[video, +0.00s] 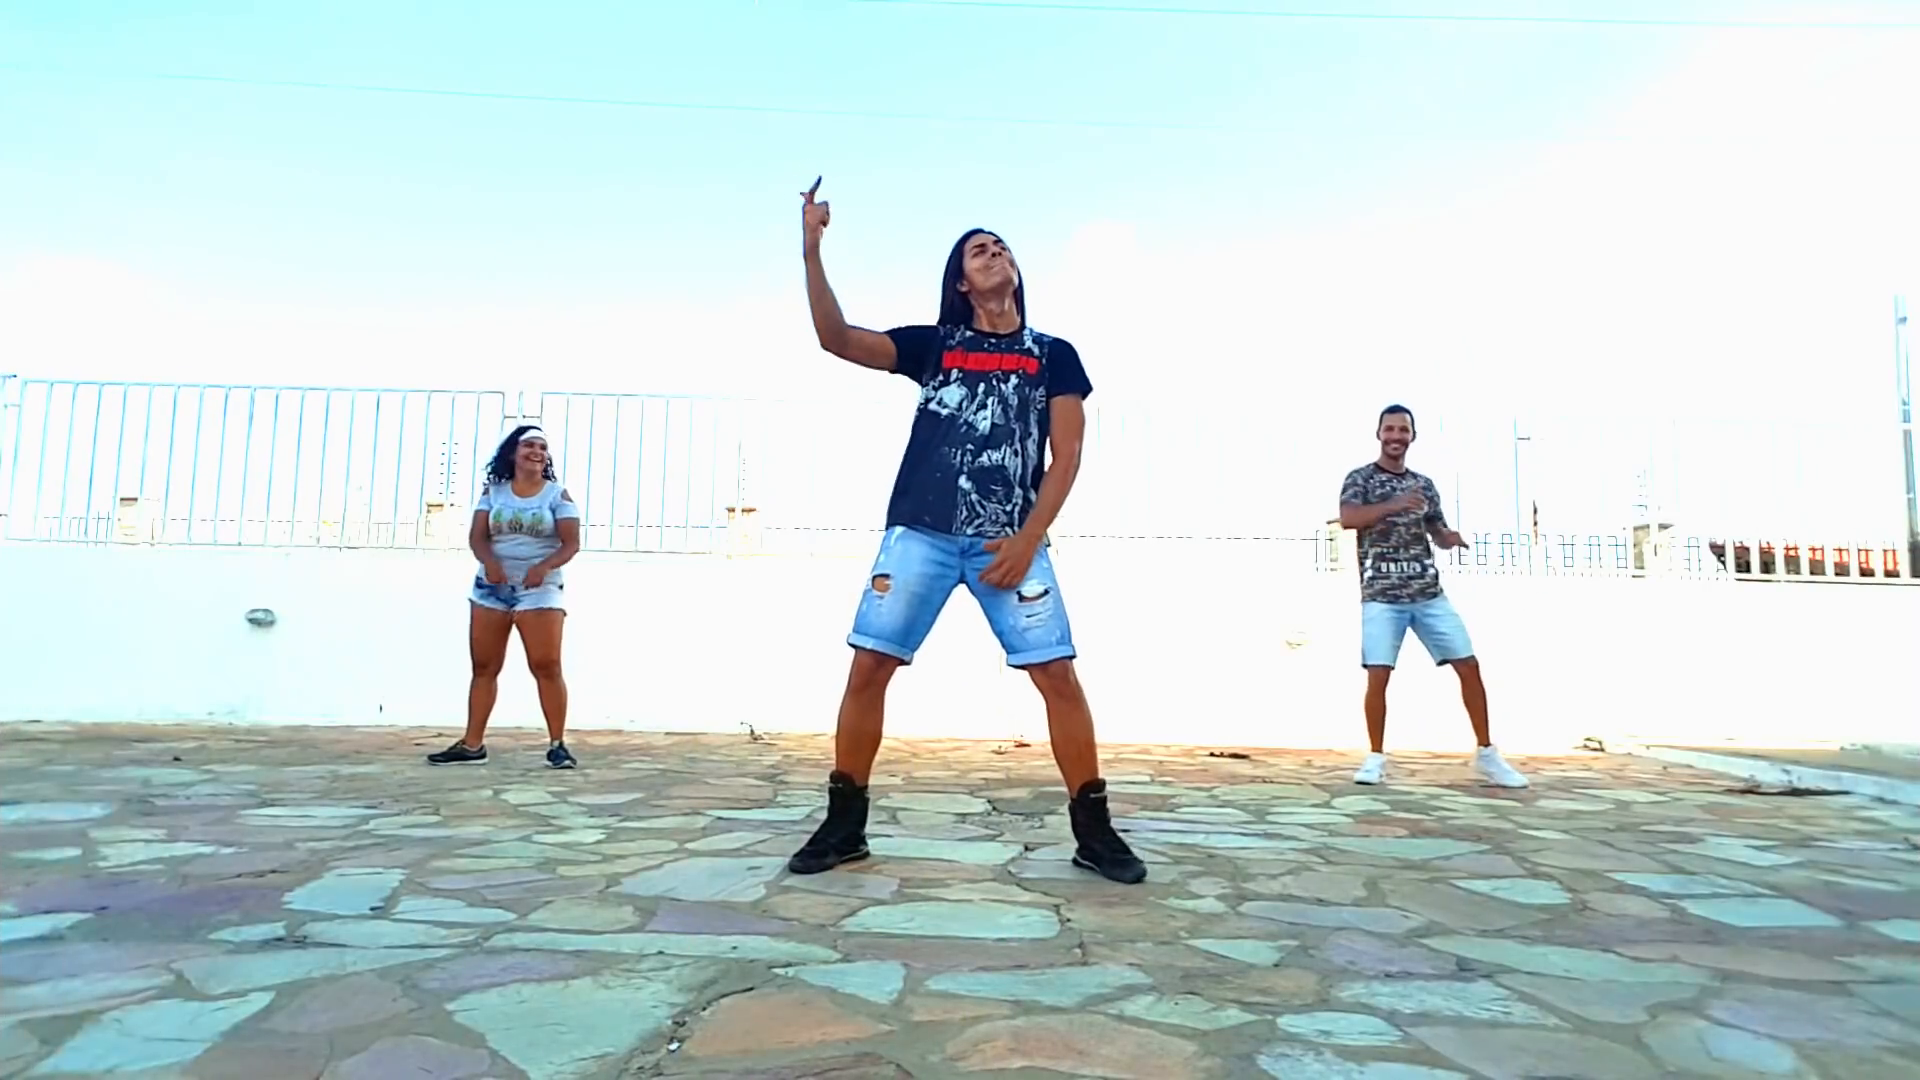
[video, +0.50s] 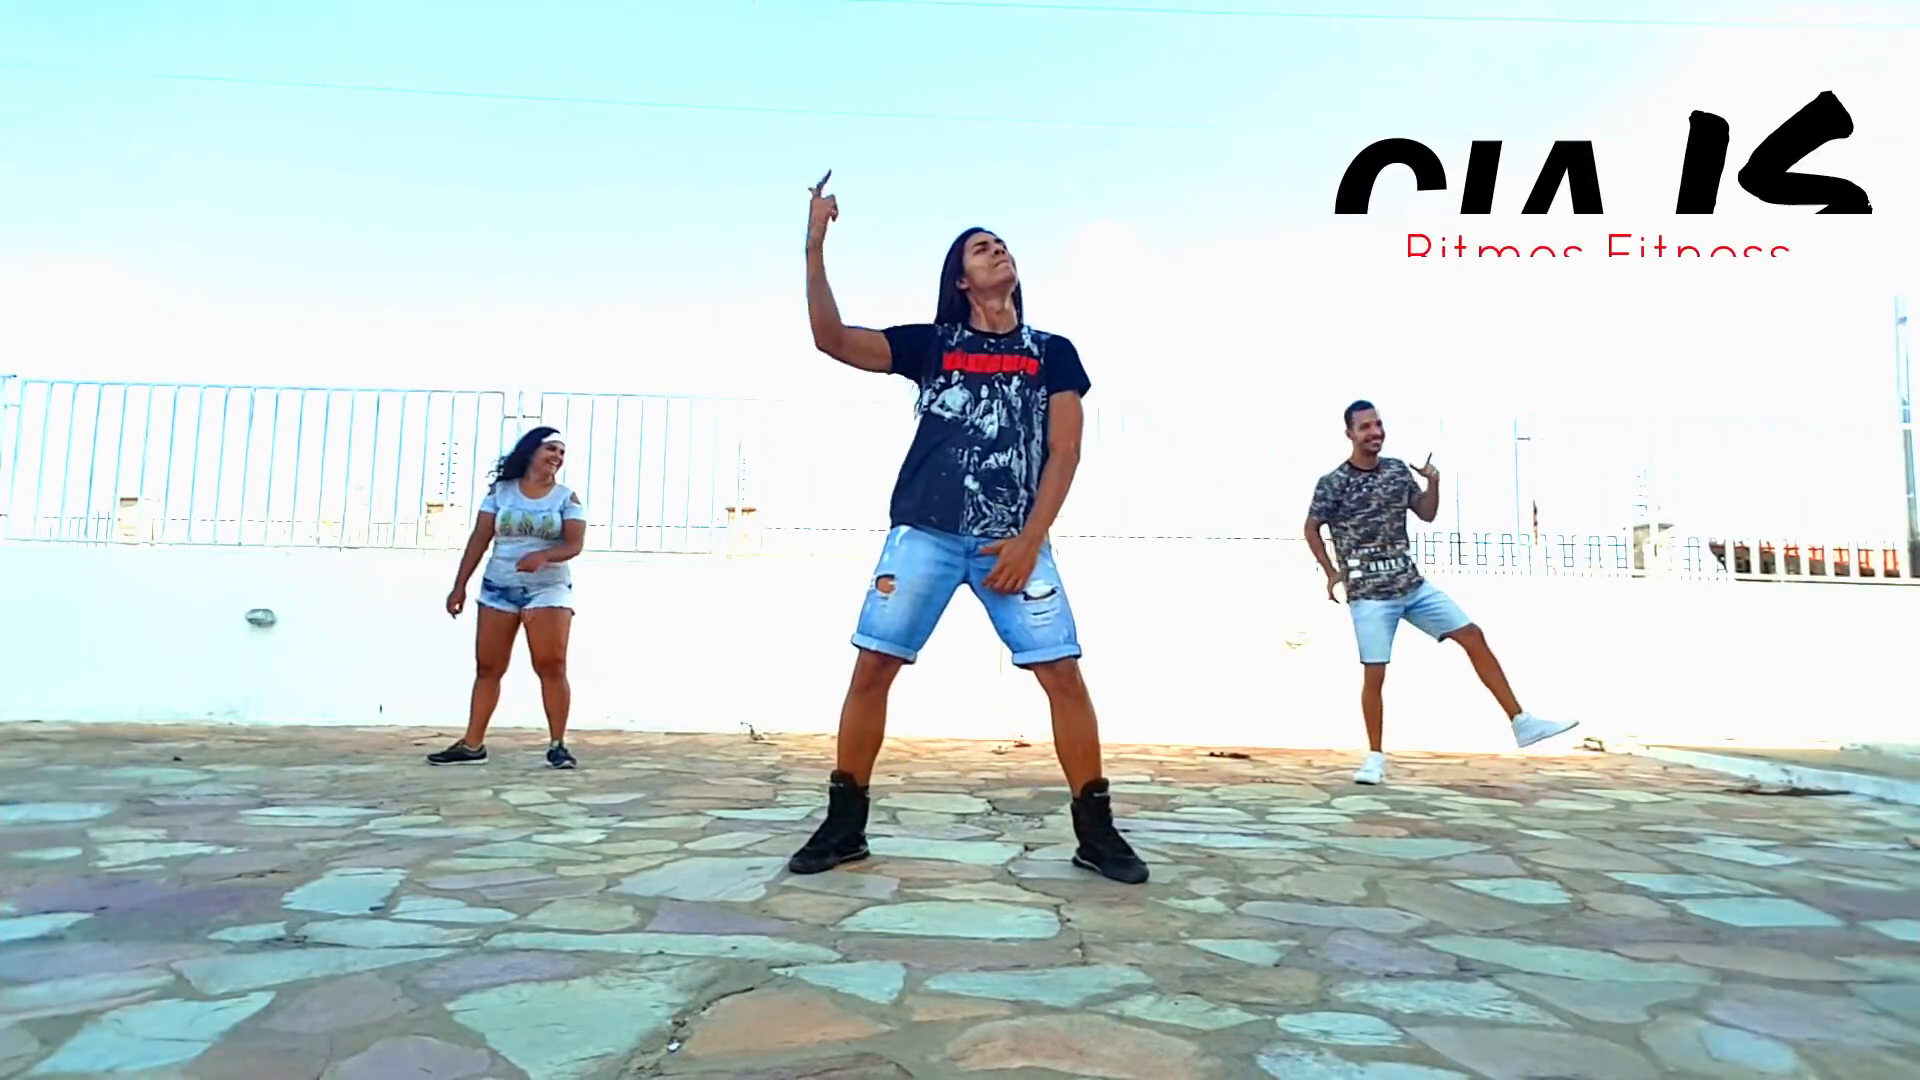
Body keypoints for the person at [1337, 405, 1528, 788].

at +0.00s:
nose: (1396, 436)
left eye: (1403, 430)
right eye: (1389, 429)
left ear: (1412, 437)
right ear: (1378, 435)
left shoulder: (1423, 484)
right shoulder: (1359, 479)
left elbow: (1438, 533)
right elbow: (1349, 518)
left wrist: (1451, 537)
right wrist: (1394, 504)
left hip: (1428, 594)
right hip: (1382, 596)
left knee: (1468, 665)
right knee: (1378, 674)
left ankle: (1486, 753)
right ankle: (1375, 757)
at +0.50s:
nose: (1374, 432)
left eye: (1377, 425)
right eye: (1365, 427)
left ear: (1383, 429)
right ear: (1349, 434)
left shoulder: (1397, 471)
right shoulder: (1332, 484)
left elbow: (1426, 513)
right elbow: (1311, 530)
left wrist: (1432, 483)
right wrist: (1331, 572)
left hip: (1412, 586)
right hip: (1369, 594)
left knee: (1472, 636)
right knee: (1374, 674)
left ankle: (1521, 722)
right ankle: (1374, 756)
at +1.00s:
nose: (1346, 449)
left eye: (1351, 442)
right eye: (1345, 443)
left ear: (1375, 443)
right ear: (1360, 447)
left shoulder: (1421, 477)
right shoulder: (1355, 487)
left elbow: (1450, 518)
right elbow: (1341, 519)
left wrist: (1438, 558)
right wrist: (1359, 473)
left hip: (1426, 595)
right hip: (1377, 600)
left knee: (1458, 675)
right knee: (1370, 676)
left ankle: (1482, 755)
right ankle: (1374, 756)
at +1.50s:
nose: (1449, 450)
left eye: (1456, 443)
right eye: (1442, 443)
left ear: (1467, 450)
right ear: (1433, 449)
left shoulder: (1484, 490)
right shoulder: (1412, 498)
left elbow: (1527, 530)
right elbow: (1389, 541)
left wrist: (1502, 508)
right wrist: (1410, 568)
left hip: (1480, 606)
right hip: (1434, 606)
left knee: (1508, 679)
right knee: (1414, 676)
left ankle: (1486, 761)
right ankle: (1380, 755)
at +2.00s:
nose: (1477, 442)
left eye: (1485, 437)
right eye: (1470, 436)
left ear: (1494, 448)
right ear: (1459, 445)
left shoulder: (1499, 501)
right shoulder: (1436, 485)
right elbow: (1460, 515)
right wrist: (1486, 483)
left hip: (1484, 604)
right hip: (1434, 602)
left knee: (1503, 673)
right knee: (1404, 666)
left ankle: (1485, 760)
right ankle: (1384, 755)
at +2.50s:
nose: (1428, 448)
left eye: (1434, 441)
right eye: (1421, 442)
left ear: (1446, 449)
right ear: (1411, 450)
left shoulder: (1468, 489)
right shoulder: (1401, 496)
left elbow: (1466, 541)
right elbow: (1409, 535)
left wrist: (1439, 559)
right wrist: (1445, 498)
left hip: (1456, 606)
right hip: (1409, 604)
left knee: (1498, 677)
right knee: (1387, 675)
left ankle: (1484, 760)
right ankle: (1368, 756)